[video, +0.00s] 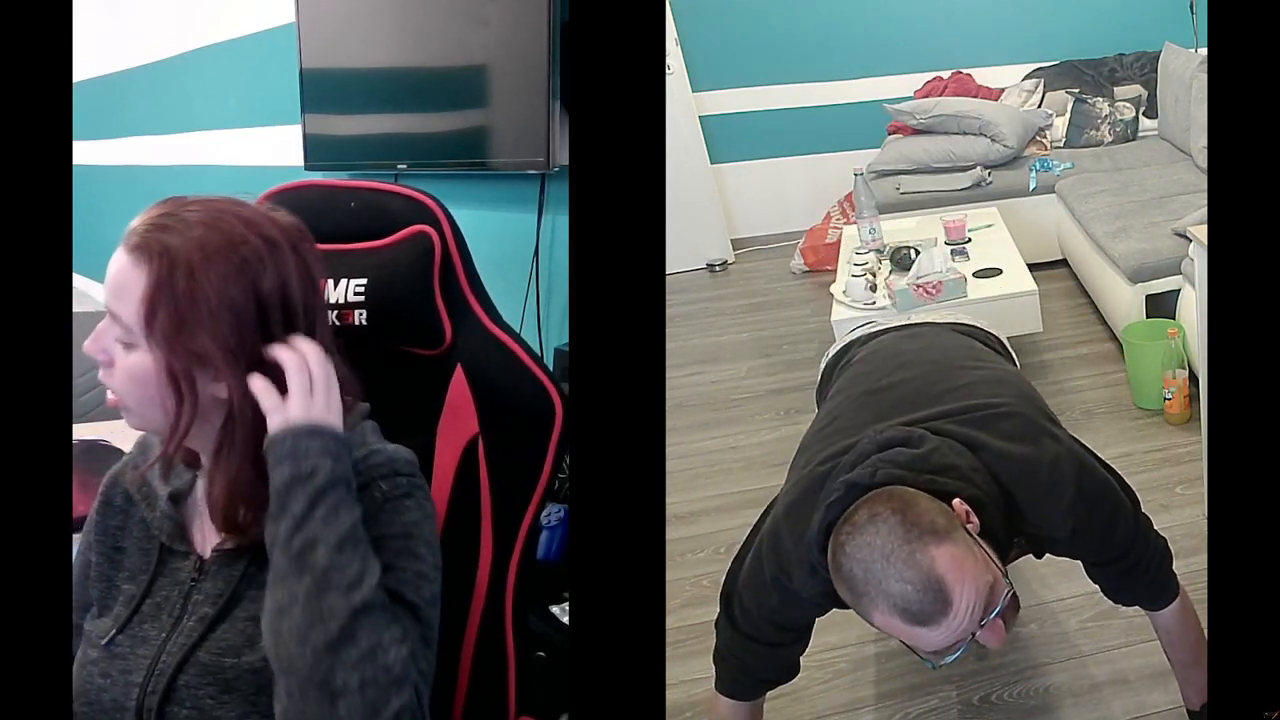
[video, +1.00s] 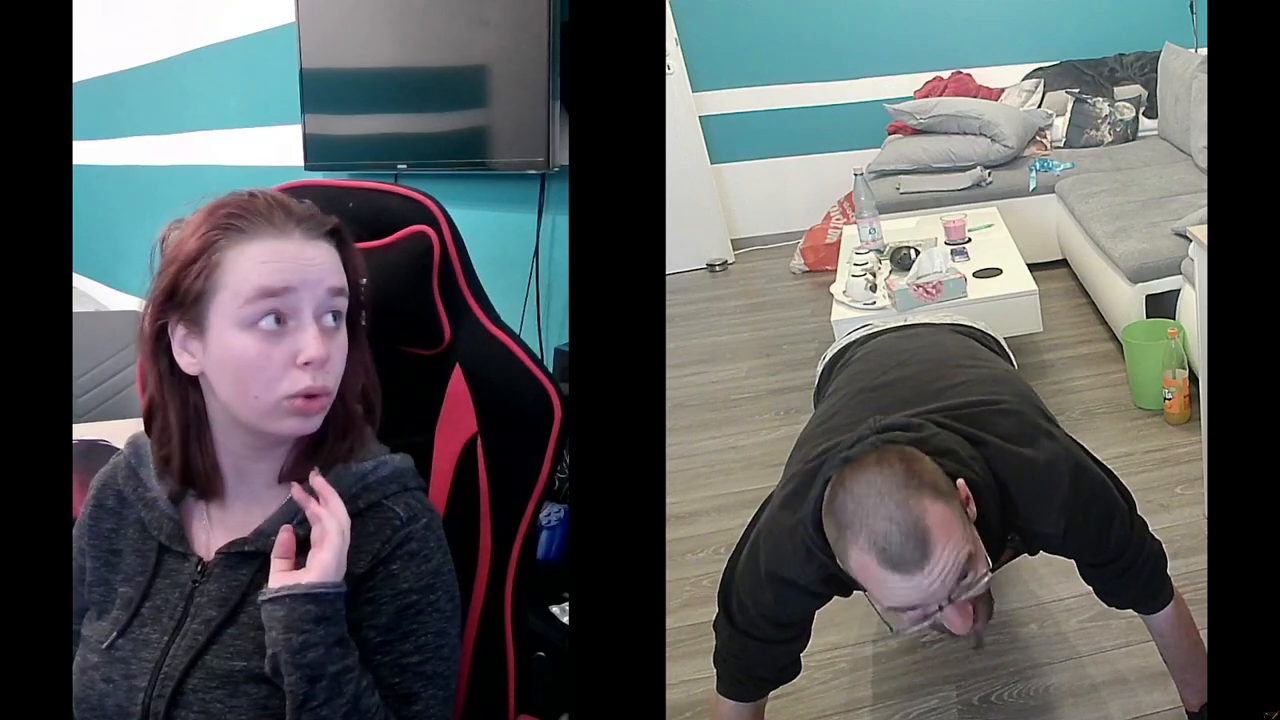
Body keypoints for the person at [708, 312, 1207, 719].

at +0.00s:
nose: (995, 639)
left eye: (990, 605)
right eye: (955, 646)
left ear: (967, 521)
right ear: (868, 616)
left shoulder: (1052, 481)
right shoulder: (780, 565)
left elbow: (1165, 600)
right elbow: (734, 696)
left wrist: (1200, 703)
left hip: (967, 331)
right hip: (849, 352)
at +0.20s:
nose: (993, 640)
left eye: (987, 606)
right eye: (954, 647)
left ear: (963, 522)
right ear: (864, 618)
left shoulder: (1050, 483)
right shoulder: (774, 568)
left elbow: (1165, 603)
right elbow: (729, 698)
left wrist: (1200, 704)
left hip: (965, 335)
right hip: (846, 356)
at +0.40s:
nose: (990, 647)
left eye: (985, 614)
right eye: (950, 656)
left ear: (960, 527)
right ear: (854, 619)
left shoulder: (1047, 485)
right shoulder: (770, 570)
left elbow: (1162, 600)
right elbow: (728, 700)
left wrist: (1200, 704)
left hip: (965, 334)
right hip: (846, 355)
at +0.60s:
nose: (989, 648)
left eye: (987, 614)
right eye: (948, 655)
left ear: (962, 527)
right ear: (862, 622)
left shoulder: (1049, 485)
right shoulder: (772, 568)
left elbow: (1163, 602)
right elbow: (729, 698)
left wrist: (1200, 704)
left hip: (965, 335)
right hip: (845, 356)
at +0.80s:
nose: (982, 645)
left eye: (982, 609)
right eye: (940, 646)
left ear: (967, 522)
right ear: (858, 603)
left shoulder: (1051, 482)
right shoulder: (777, 563)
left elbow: (1162, 601)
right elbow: (734, 697)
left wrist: (1199, 703)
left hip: (966, 333)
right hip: (845, 353)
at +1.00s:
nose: (959, 624)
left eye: (964, 578)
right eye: (915, 614)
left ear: (966, 504)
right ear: (852, 574)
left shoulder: (1050, 479)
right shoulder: (781, 554)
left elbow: (1159, 600)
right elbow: (737, 697)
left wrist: (1199, 703)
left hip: (966, 334)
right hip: (846, 352)